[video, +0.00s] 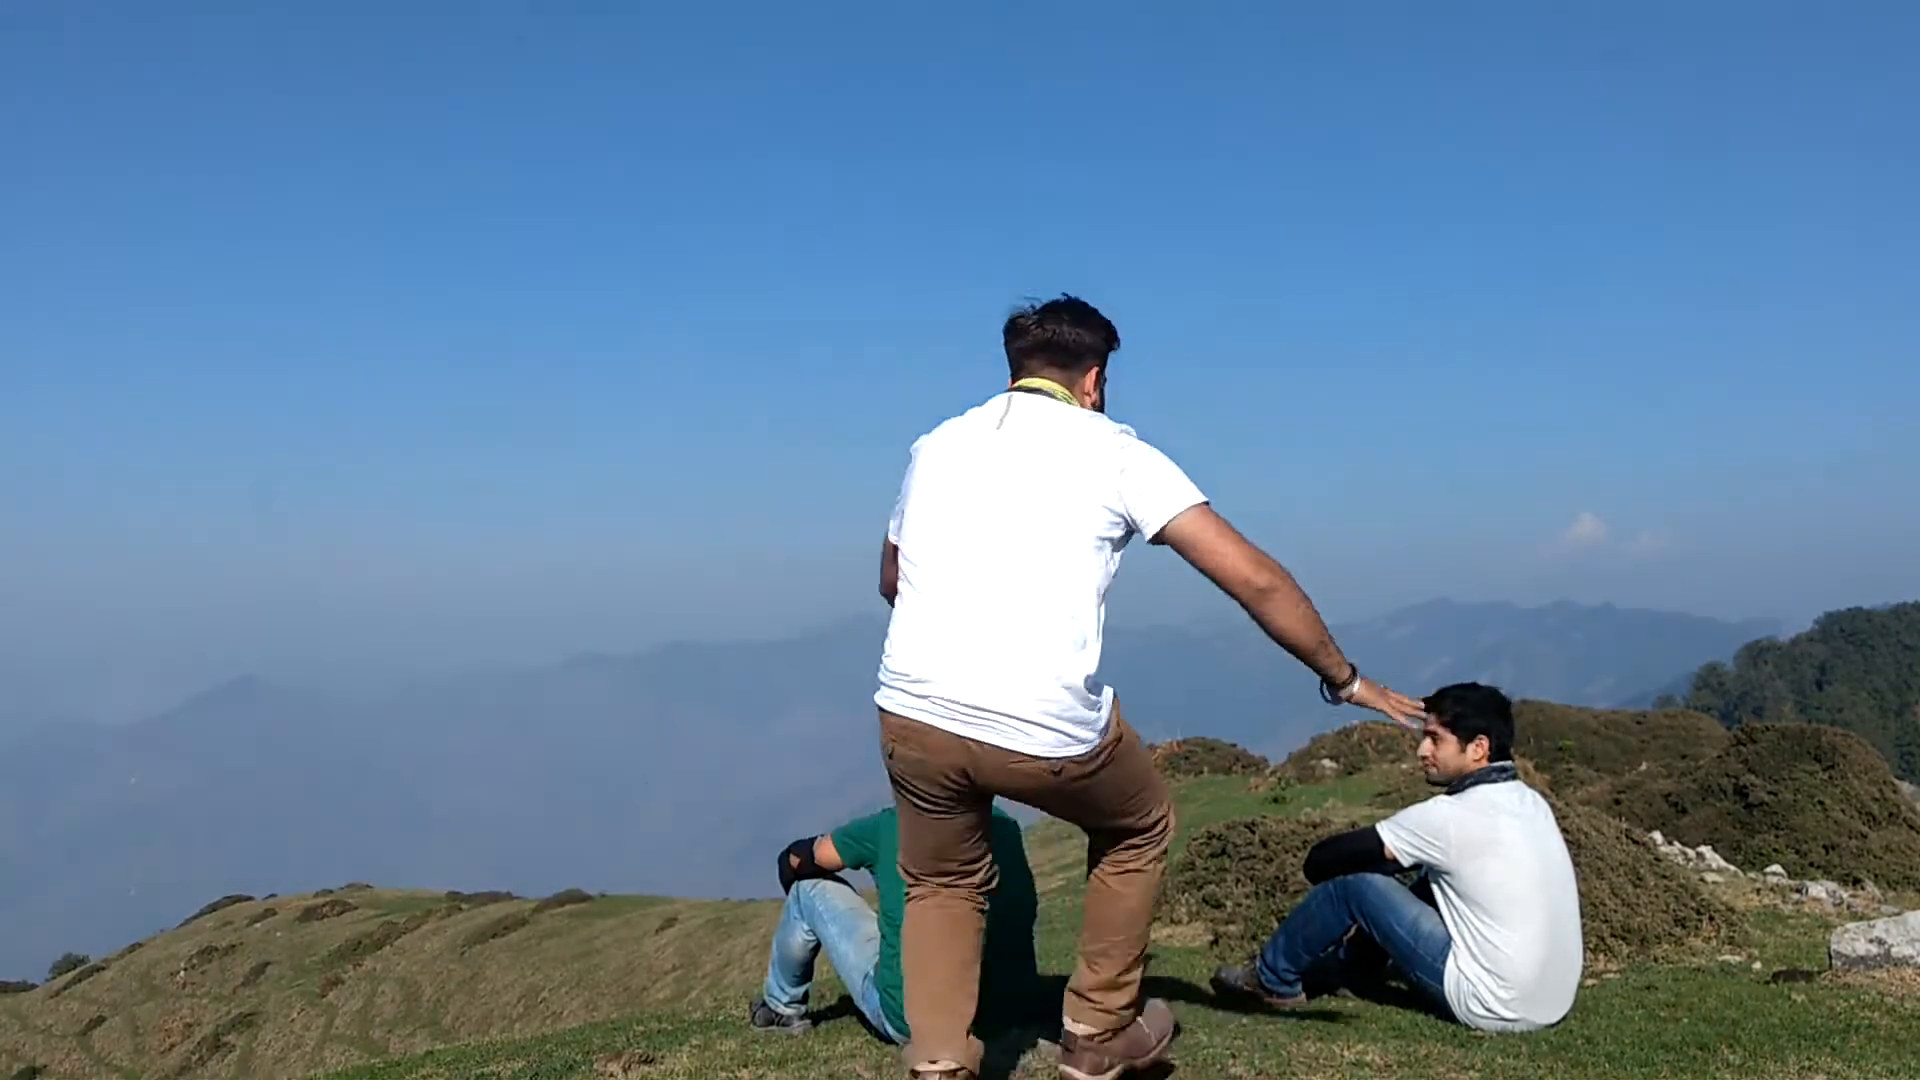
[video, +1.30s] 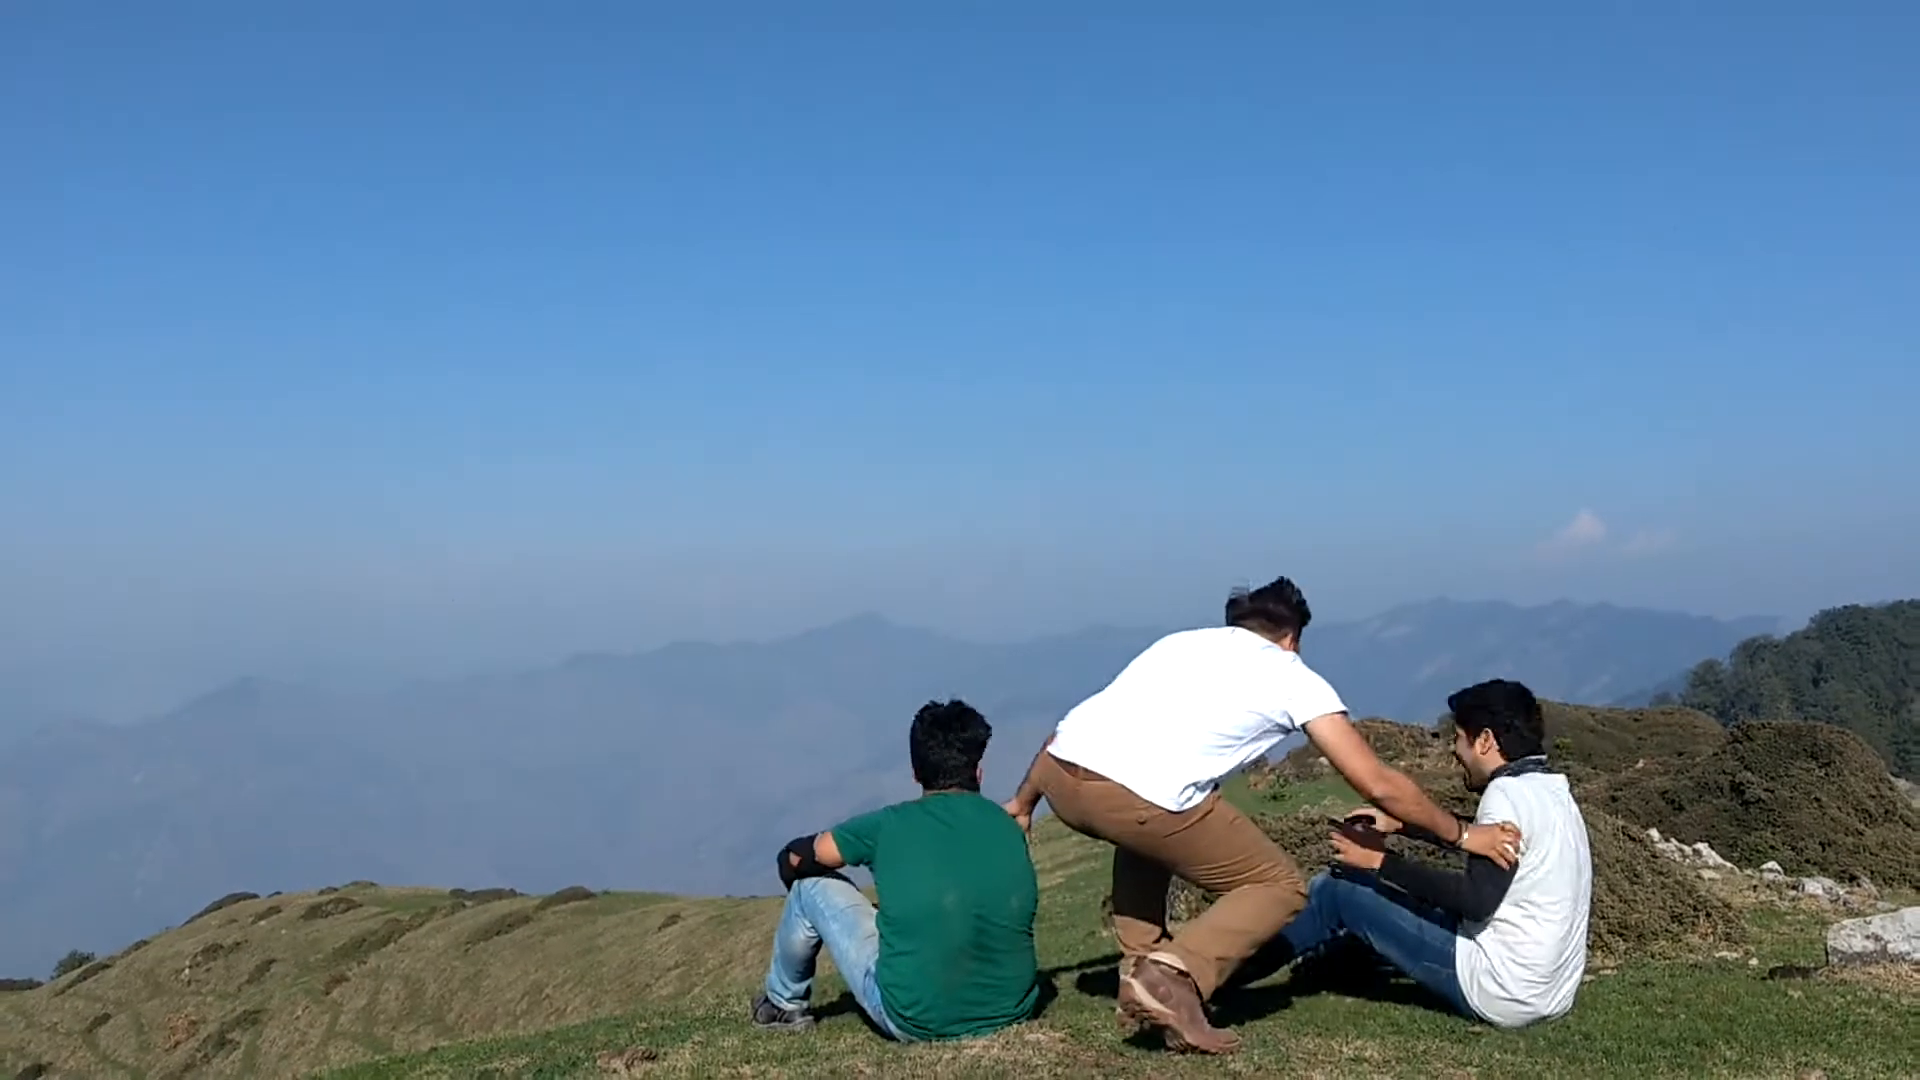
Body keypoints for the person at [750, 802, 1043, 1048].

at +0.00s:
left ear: (915, 778)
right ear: (976, 778)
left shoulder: (892, 824)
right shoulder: (1007, 830)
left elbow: (799, 859)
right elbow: (1020, 909)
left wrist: (792, 877)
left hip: (909, 1020)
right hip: (999, 1021)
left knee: (810, 889)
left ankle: (782, 1005)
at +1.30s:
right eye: (980, 763)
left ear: (915, 772)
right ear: (978, 771)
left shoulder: (890, 823)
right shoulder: (1009, 825)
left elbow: (796, 858)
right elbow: (1015, 910)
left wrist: (798, 884)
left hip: (915, 1020)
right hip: (1008, 1011)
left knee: (812, 886)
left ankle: (783, 1003)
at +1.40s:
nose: (999, 776)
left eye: (997, 766)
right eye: (998, 768)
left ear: (928, 772)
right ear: (986, 777)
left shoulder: (889, 822)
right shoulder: (1012, 828)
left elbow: (795, 858)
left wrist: (794, 886)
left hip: (914, 1021)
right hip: (1008, 1012)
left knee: (810, 885)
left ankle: (783, 1002)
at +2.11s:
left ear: (940, 774)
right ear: (1010, 780)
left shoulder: (906, 844)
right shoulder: (1037, 840)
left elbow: (808, 916)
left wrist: (765, 900)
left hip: (917, 1021)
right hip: (1003, 1018)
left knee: (799, 879)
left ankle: (828, 996)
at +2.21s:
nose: (921, 774)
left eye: (926, 763)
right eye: (924, 763)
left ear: (943, 773)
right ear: (1005, 775)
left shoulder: (912, 847)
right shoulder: (1040, 851)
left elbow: (817, 936)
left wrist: (755, 930)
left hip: (913, 1025)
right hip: (1007, 1019)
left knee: (785, 893)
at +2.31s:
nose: (904, 786)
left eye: (915, 773)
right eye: (905, 773)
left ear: (951, 777)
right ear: (972, 779)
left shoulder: (909, 854)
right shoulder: (1018, 834)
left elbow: (850, 961)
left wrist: (761, 963)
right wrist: (923, 826)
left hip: (921, 1030)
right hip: (1009, 1014)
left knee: (778, 917)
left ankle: (852, 1018)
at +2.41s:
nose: (895, 790)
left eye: (906, 777)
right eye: (895, 776)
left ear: (946, 777)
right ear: (950, 779)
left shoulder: (903, 854)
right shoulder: (999, 831)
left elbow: (877, 971)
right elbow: (942, 826)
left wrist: (778, 988)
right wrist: (884, 819)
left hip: (937, 1026)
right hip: (1009, 1009)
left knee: (776, 924)